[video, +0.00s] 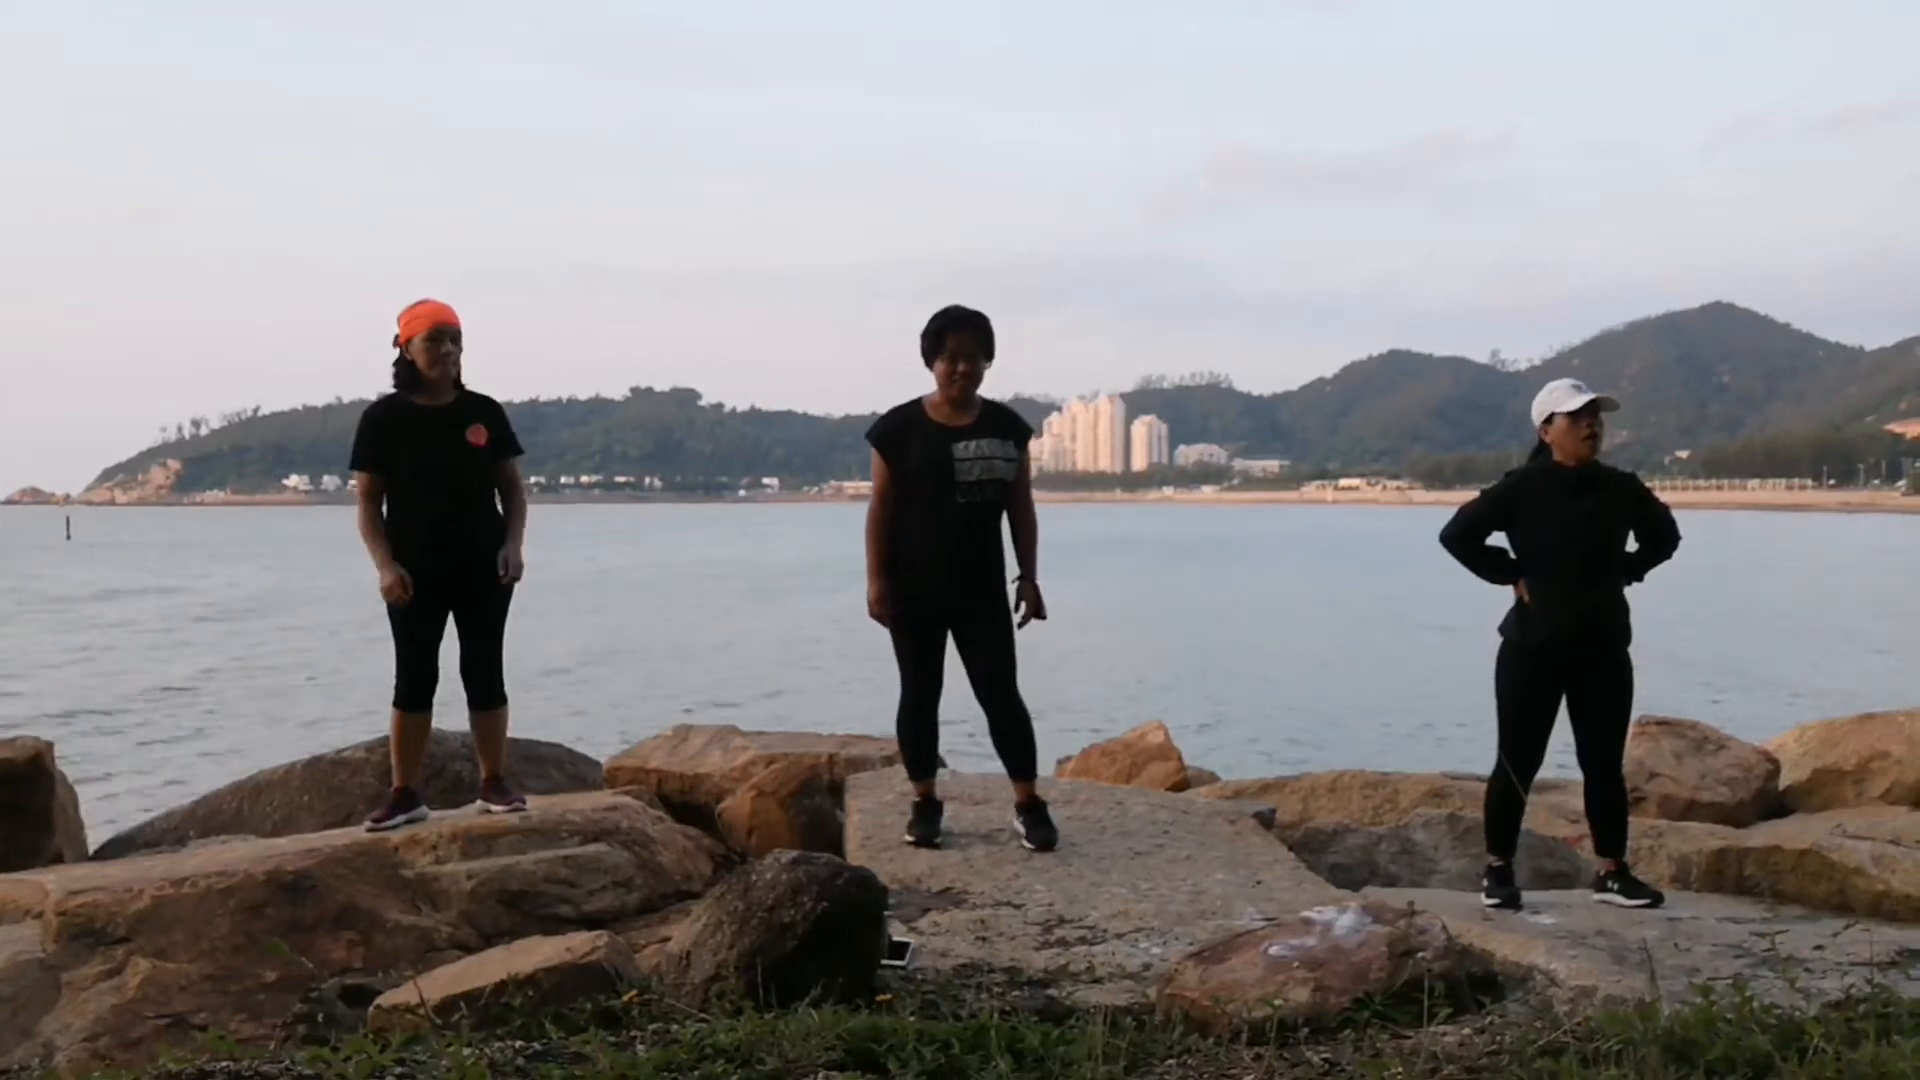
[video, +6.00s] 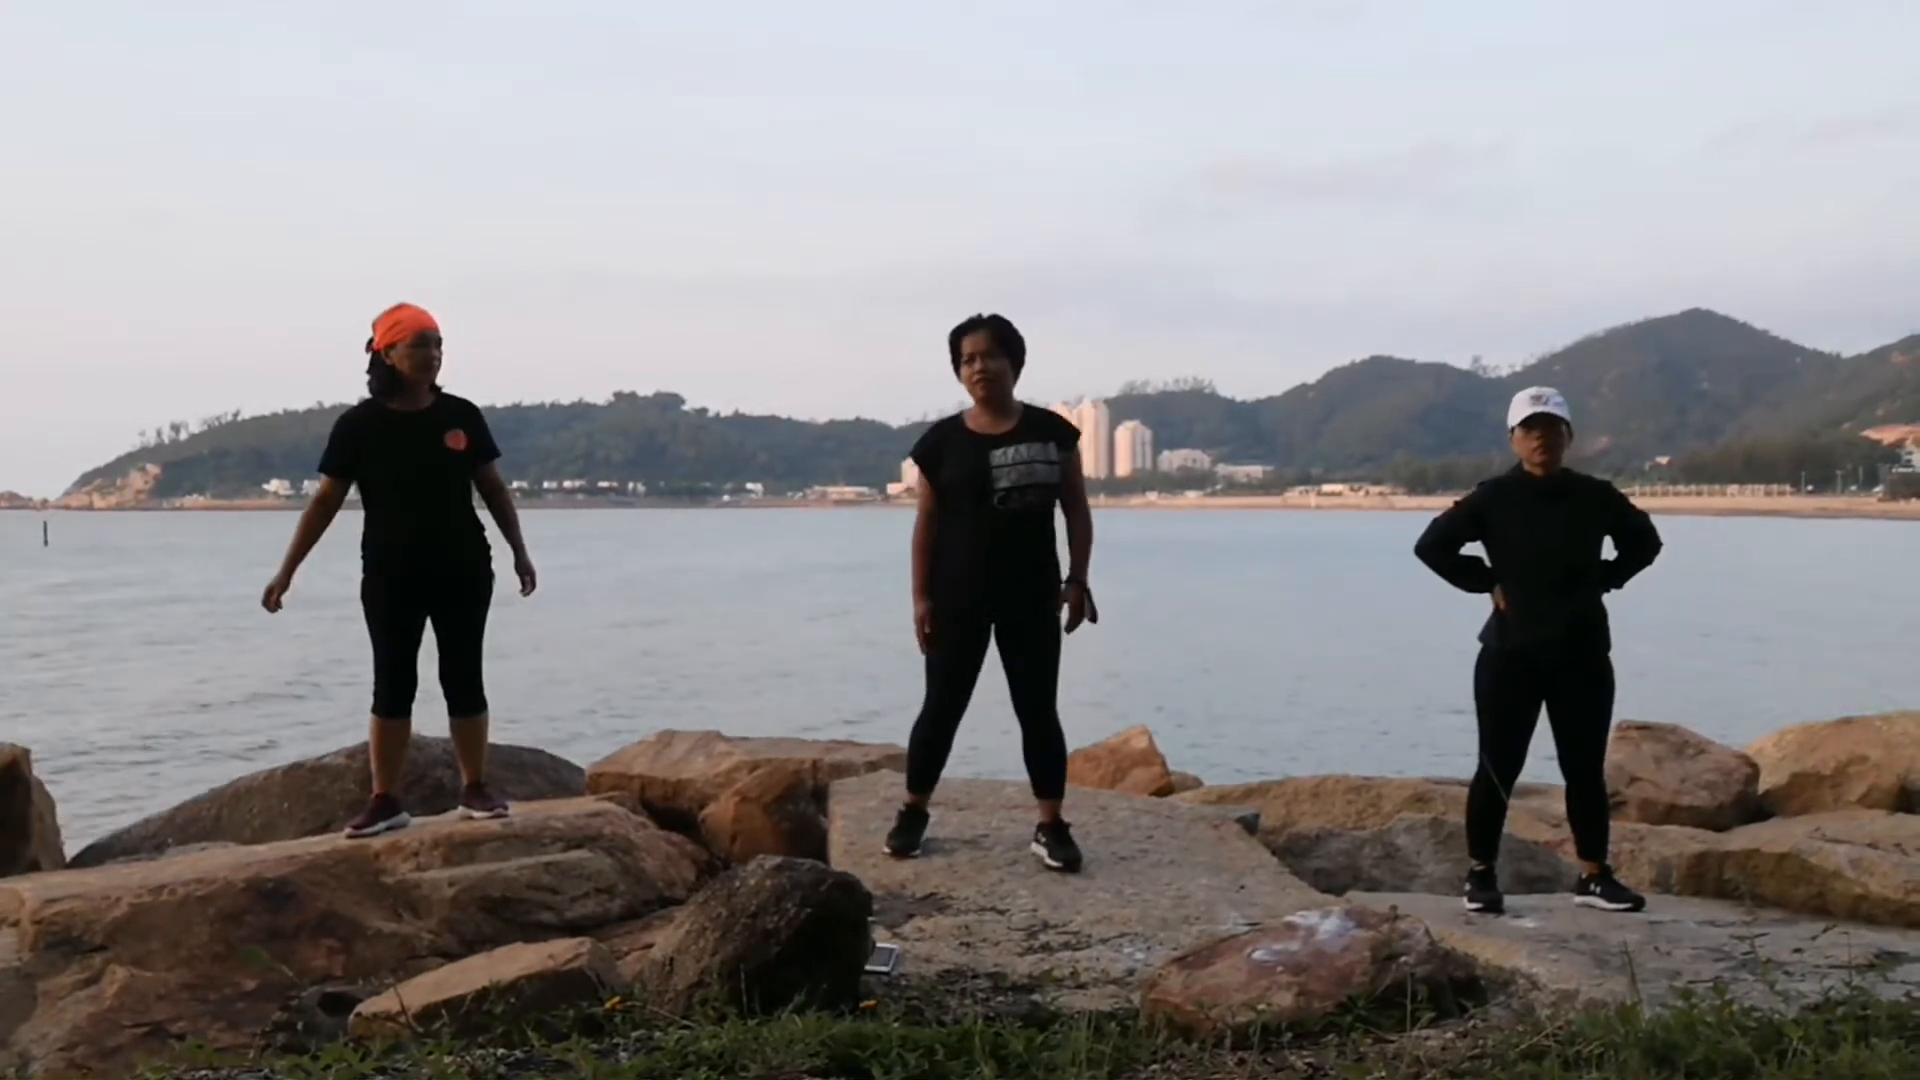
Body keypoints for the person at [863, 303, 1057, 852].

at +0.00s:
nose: (962, 369)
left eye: (973, 360)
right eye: (951, 359)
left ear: (986, 364)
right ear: (931, 361)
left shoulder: (1007, 427)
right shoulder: (897, 429)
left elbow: (1021, 506)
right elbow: (880, 509)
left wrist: (1028, 576)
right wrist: (875, 579)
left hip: (981, 586)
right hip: (914, 588)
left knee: (1002, 697)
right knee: (918, 697)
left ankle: (1029, 802)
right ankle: (924, 802)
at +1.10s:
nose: (1031, 364)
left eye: (1041, 353)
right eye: (1019, 354)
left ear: (1058, 359)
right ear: (1002, 363)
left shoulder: (1087, 431)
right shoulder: (974, 434)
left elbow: (1103, 514)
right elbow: (955, 515)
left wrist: (1098, 580)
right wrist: (947, 584)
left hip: (1060, 591)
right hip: (991, 590)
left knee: (1060, 705)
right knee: (967, 699)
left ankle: (1062, 813)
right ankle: (933, 802)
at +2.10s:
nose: (964, 366)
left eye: (976, 357)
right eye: (954, 356)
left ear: (991, 366)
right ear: (936, 362)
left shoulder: (1012, 433)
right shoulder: (901, 431)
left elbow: (1020, 517)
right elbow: (878, 510)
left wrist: (1017, 585)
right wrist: (865, 579)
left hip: (979, 590)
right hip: (911, 589)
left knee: (1010, 701)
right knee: (911, 698)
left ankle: (1045, 808)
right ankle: (908, 804)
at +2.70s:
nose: (1011, 360)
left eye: (1019, 351)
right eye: (999, 353)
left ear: (1032, 362)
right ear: (976, 368)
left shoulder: (1064, 431)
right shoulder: (953, 443)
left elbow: (1088, 507)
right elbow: (940, 526)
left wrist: (1099, 572)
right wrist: (932, 596)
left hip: (1050, 592)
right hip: (980, 593)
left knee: (1054, 705)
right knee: (947, 703)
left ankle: (1059, 816)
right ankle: (912, 802)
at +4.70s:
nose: (1015, 366)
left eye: (1026, 356)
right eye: (1004, 357)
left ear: (1044, 362)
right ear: (990, 366)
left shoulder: (1077, 434)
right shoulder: (964, 436)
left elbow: (1096, 513)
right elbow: (945, 516)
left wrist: (1110, 583)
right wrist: (937, 586)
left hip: (1046, 594)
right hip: (975, 592)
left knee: (1047, 705)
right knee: (949, 699)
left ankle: (1050, 815)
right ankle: (918, 809)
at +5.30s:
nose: (964, 368)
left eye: (976, 358)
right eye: (954, 359)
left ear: (997, 367)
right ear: (940, 368)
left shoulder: (1025, 438)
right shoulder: (912, 437)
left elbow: (1035, 521)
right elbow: (890, 516)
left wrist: (1036, 589)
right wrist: (881, 585)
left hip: (989, 596)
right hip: (921, 596)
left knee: (1013, 709)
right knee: (919, 708)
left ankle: (1044, 814)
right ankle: (911, 811)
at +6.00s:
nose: (979, 369)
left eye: (990, 358)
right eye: (968, 361)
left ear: (1015, 363)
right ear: (958, 372)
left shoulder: (1053, 433)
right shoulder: (940, 443)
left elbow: (1076, 511)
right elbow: (924, 527)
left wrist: (1079, 577)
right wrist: (921, 598)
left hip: (1031, 598)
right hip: (959, 600)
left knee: (1039, 713)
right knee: (940, 710)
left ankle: (1051, 824)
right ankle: (914, 812)